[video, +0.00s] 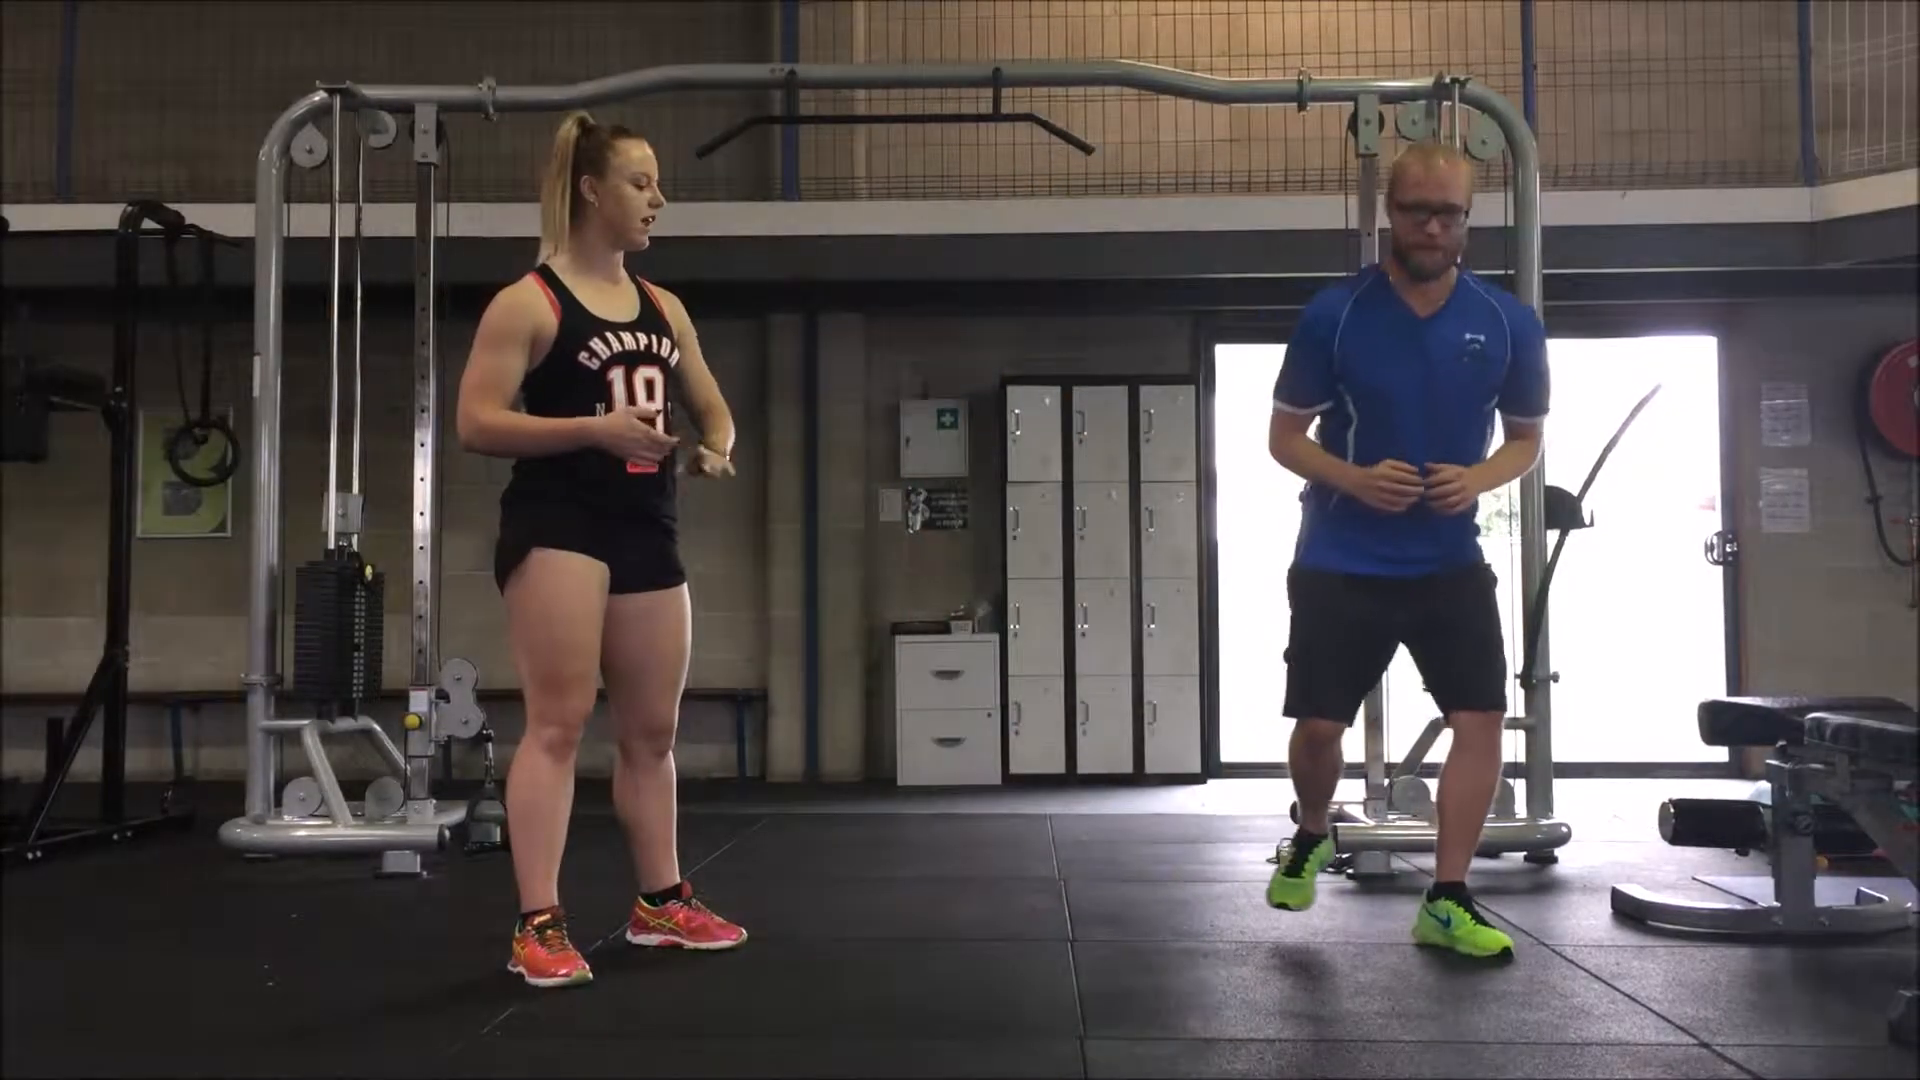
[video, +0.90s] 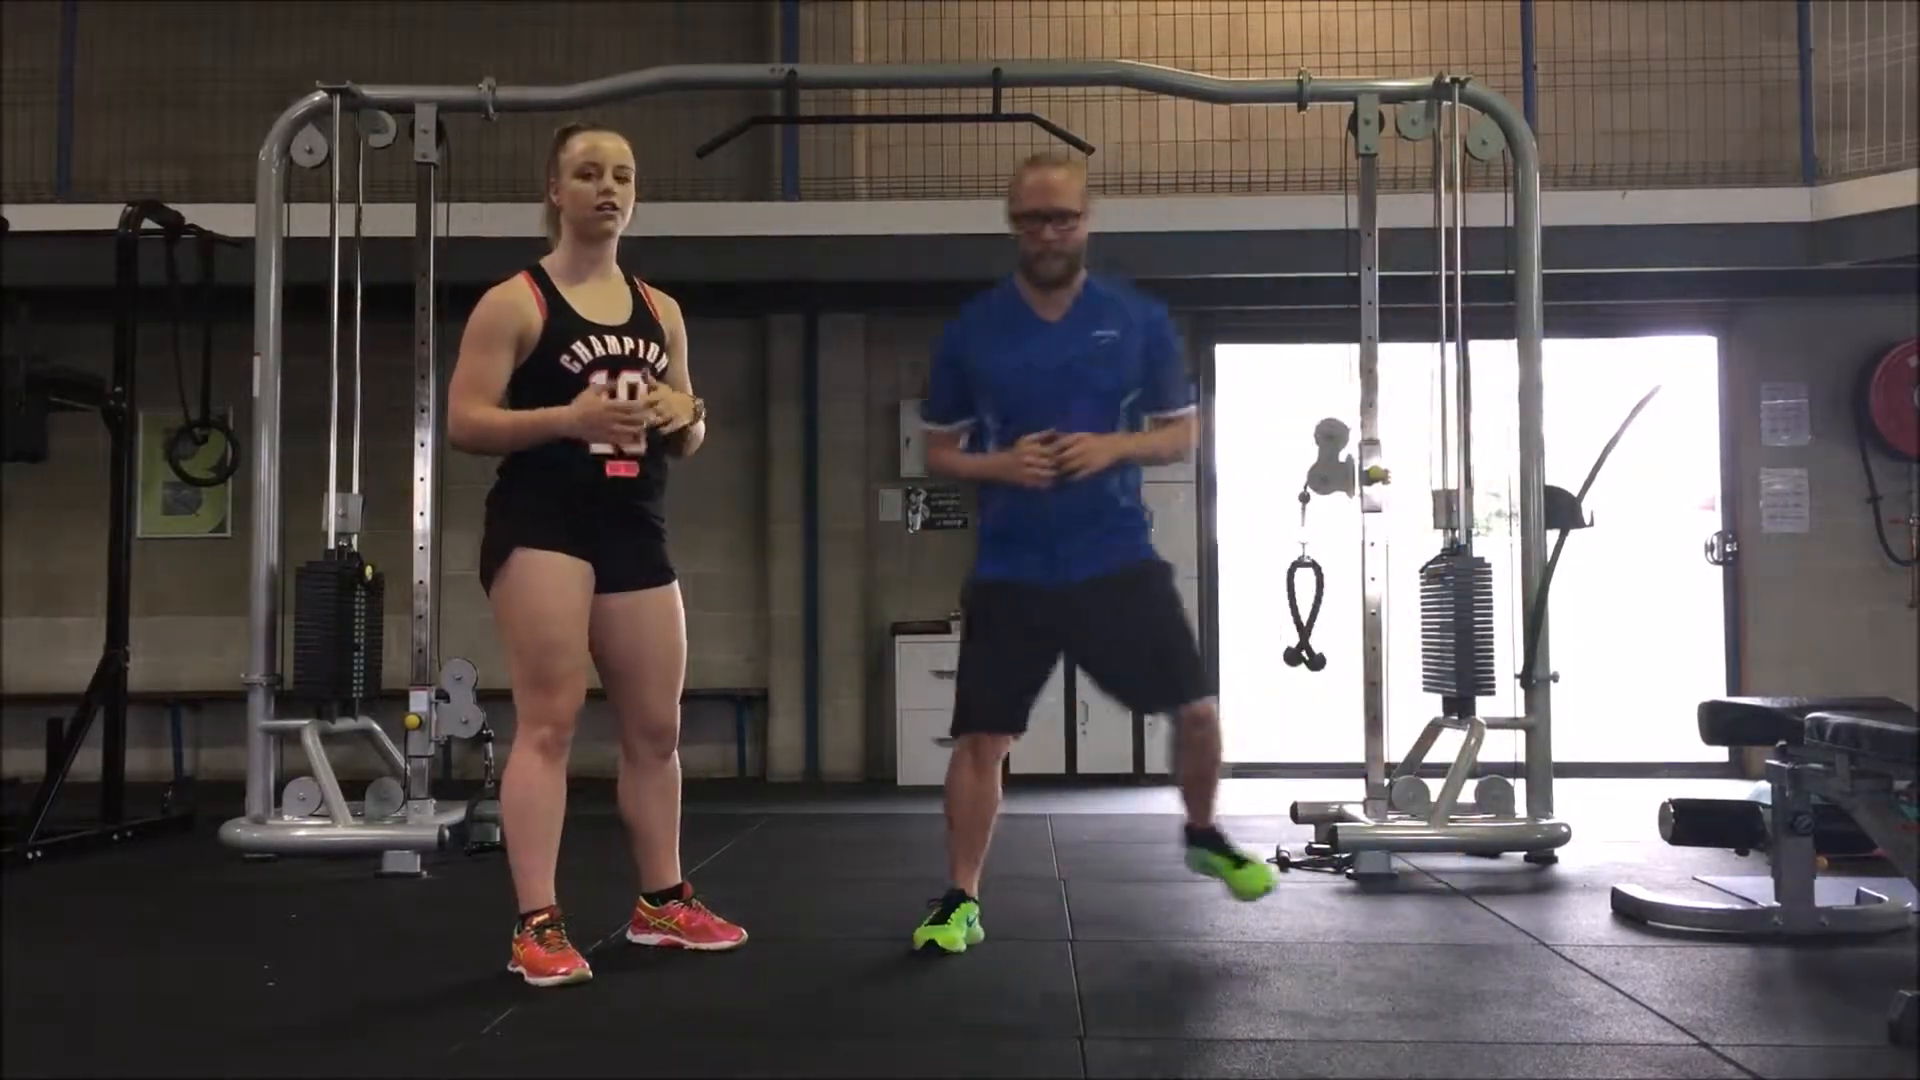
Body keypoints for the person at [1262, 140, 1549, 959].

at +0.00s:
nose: (1430, 226)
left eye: (1447, 213)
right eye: (1415, 211)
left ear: (1468, 219)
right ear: (1386, 213)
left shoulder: (1508, 324)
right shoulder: (1335, 313)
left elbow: (1525, 441)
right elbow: (1285, 437)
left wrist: (1480, 478)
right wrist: (1352, 477)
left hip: (1446, 562)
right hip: (1340, 563)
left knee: (1482, 712)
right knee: (1319, 723)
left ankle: (1448, 895)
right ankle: (1310, 833)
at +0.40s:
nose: (1368, 286)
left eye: (1387, 273)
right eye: (1357, 270)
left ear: (1423, 274)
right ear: (1344, 265)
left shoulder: (1466, 381)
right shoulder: (1293, 360)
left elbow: (1486, 505)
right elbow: (1240, 477)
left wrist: (1416, 538)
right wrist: (1302, 528)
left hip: (1407, 594)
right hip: (1297, 592)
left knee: (1470, 734)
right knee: (1264, 739)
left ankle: (1446, 902)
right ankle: (1266, 867)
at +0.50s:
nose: (1313, 263)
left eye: (1332, 249)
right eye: (1302, 246)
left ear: (1368, 248)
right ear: (1288, 242)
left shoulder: (1417, 350)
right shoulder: (1244, 341)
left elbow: (1453, 472)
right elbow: (1194, 452)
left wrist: (1363, 480)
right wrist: (1245, 487)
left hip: (1366, 573)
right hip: (1258, 570)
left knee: (1445, 721)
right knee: (1192, 708)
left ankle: (1447, 900)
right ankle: (1158, 861)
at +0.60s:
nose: (1240, 215)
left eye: (1256, 200)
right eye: (1227, 199)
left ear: (1289, 196)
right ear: (1210, 193)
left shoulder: (1345, 290)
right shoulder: (1170, 295)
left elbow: (1380, 406)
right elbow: (1128, 409)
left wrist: (1299, 398)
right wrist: (1181, 424)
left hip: (1303, 541)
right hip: (1189, 538)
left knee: (1374, 700)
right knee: (1116, 680)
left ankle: (1445, 876)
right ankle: (1057, 851)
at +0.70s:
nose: (1167, 197)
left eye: (1181, 181)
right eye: (1153, 182)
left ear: (1210, 178)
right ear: (1133, 183)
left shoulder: (1266, 271)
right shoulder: (1093, 283)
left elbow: (1302, 392)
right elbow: (1057, 401)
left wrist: (1227, 382)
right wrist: (1113, 408)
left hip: (1232, 526)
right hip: (1120, 529)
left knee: (1317, 679)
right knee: (1050, 691)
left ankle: (1379, 846)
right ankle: (983, 867)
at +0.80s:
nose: (1101, 215)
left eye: (1117, 200)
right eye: (1087, 200)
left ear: (1145, 202)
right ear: (1066, 203)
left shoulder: (1196, 299)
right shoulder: (1024, 307)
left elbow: (1228, 420)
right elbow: (983, 428)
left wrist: (1163, 419)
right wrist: (1048, 439)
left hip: (1161, 548)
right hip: (1054, 554)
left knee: (1254, 687)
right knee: (1002, 717)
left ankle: (1284, 833)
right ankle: (963, 893)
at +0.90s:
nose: (1049, 233)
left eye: (1063, 219)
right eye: (1034, 220)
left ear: (1089, 220)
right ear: (1011, 223)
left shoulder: (1139, 321)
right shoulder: (973, 331)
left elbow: (1182, 435)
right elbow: (938, 453)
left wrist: (1113, 446)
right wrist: (1002, 465)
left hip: (1117, 567)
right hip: (1011, 575)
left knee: (1198, 712)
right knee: (981, 739)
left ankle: (1202, 833)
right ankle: (961, 899)